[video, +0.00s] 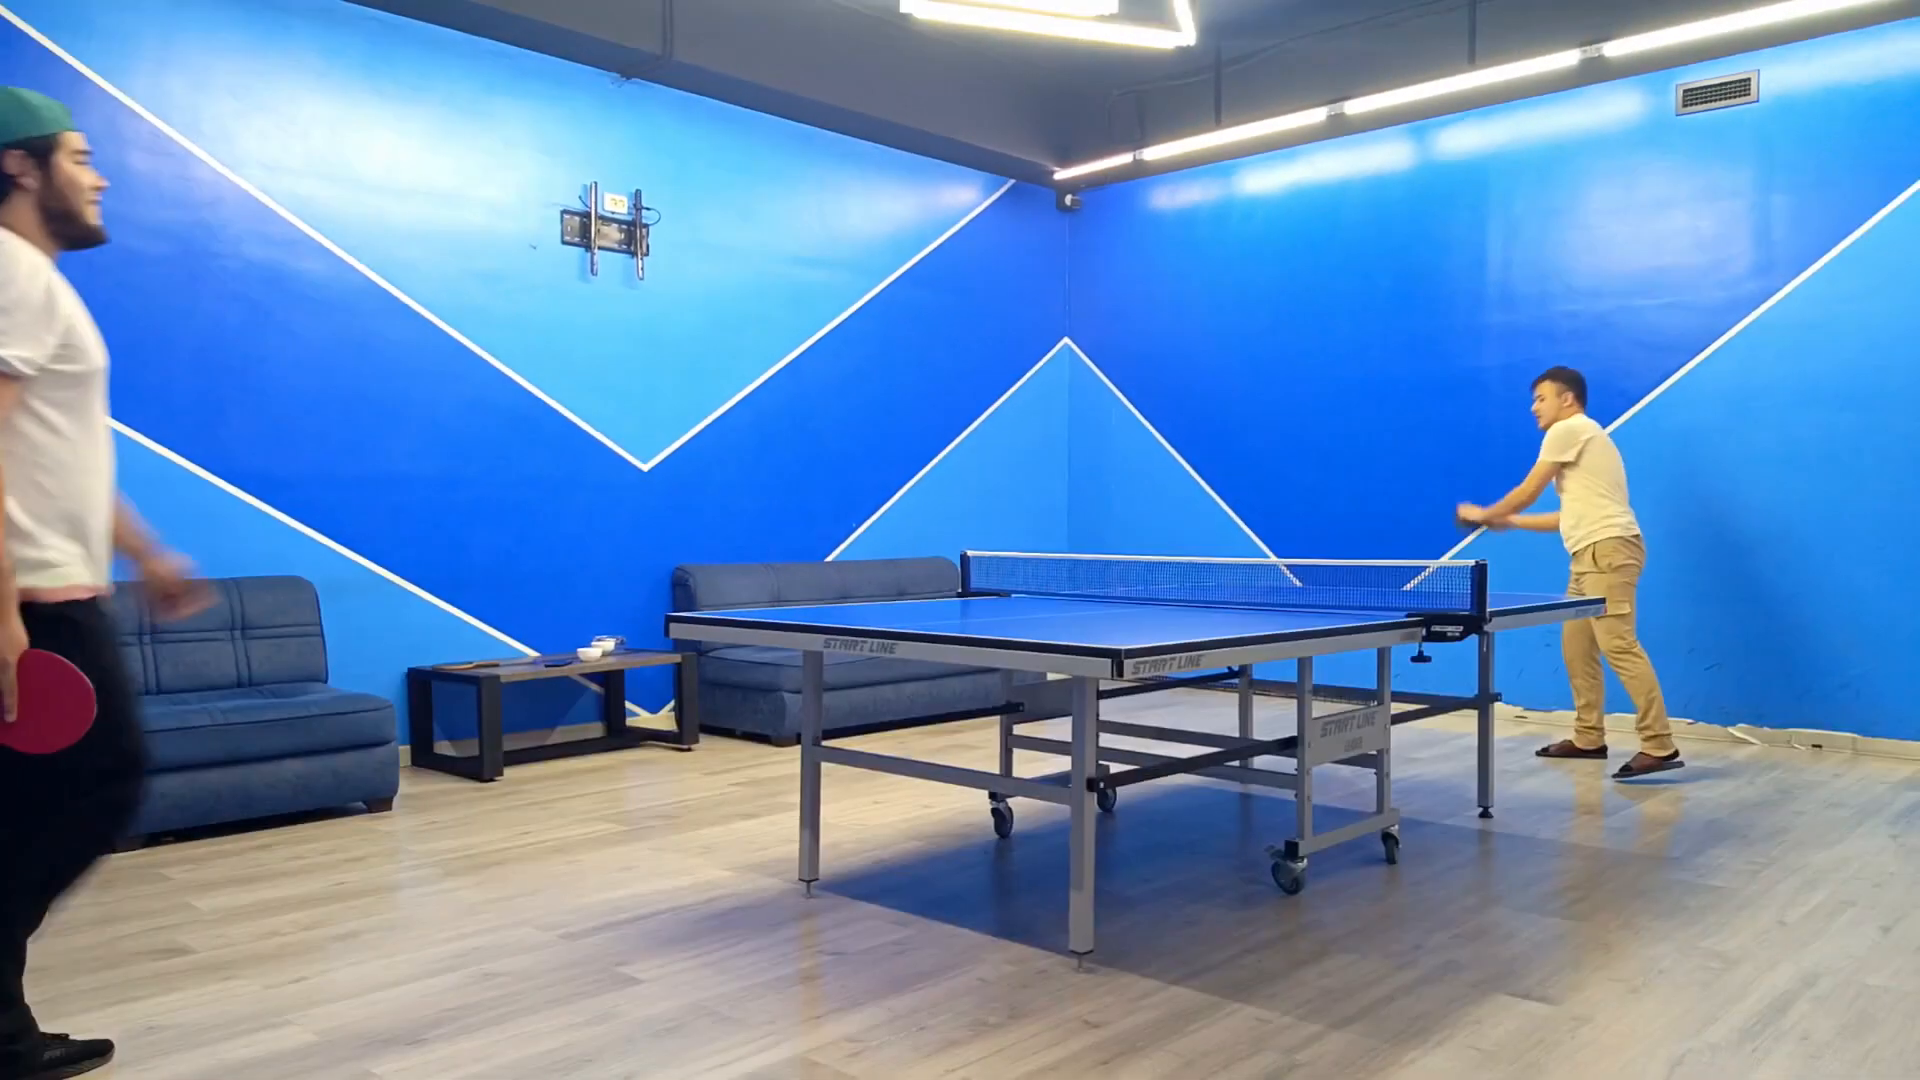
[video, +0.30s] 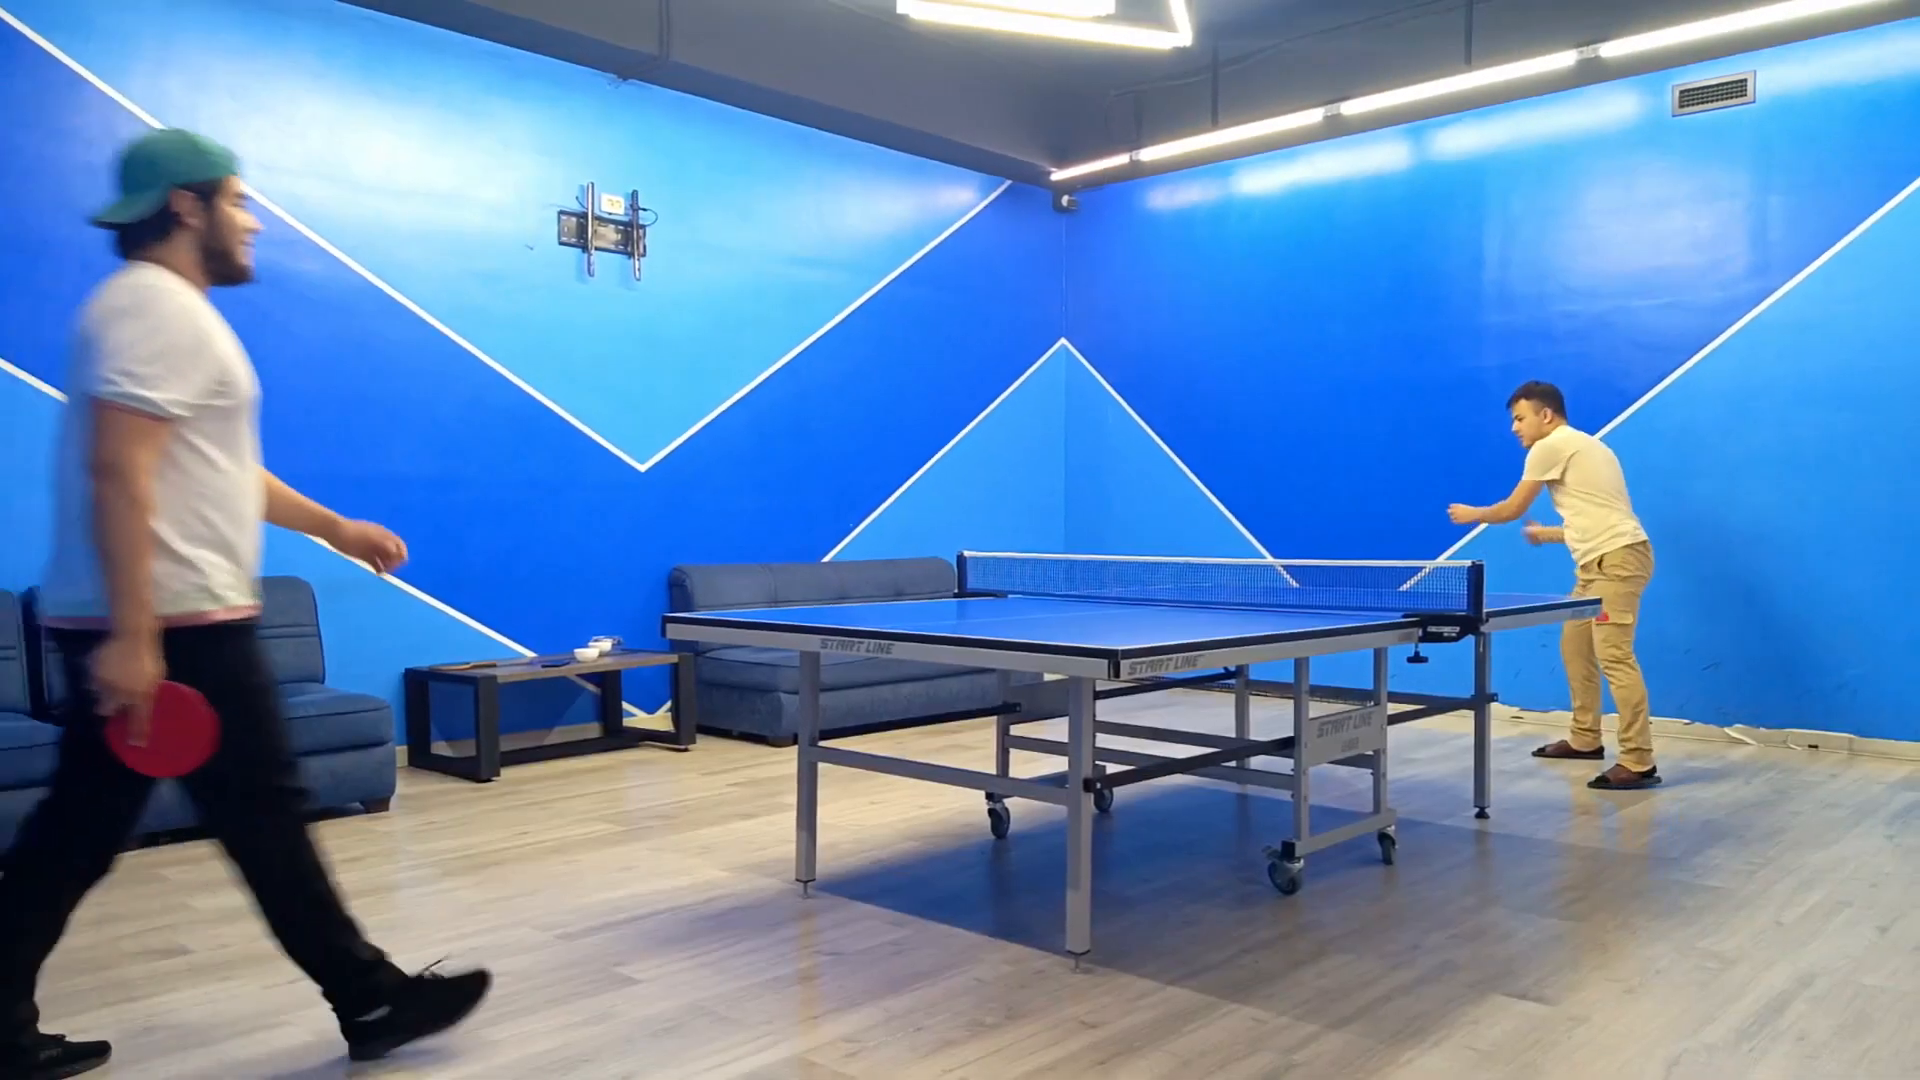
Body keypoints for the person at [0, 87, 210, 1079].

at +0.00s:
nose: (99, 178)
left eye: (91, 160)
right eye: (79, 160)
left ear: (28, 174)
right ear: (23, 172)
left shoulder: (39, 280)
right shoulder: (15, 274)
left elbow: (61, 454)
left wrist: (147, 553)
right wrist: (3, 608)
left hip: (60, 595)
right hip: (40, 601)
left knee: (23, 806)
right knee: (104, 785)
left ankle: (8, 1027)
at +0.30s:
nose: (253, 221)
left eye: (248, 203)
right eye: (238, 202)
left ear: (178, 214)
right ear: (184, 210)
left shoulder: (165, 310)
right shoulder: (152, 308)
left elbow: (221, 474)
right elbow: (123, 475)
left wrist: (340, 531)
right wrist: (133, 632)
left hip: (133, 627)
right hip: (189, 628)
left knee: (72, 835)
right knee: (269, 821)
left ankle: (6, 1026)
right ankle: (368, 996)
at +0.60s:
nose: (403, 242)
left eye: (400, 224)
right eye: (394, 224)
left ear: (324, 227)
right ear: (353, 225)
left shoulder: (246, 309)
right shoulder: (346, 324)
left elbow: (243, 465)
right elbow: (349, 477)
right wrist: (413, 616)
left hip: (220, 604)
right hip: (305, 612)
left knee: (285, 757)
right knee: (389, 784)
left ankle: (157, 957)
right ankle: (397, 1000)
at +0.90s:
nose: (437, 293)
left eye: (437, 275)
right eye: (431, 274)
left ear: (364, 272)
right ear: (385, 270)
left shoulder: (286, 340)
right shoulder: (348, 354)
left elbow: (290, 500)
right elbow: (336, 505)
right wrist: (456, 590)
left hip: (228, 608)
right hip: (296, 612)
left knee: (298, 764)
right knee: (396, 773)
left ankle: (257, 943)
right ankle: (396, 995)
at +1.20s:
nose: (344, 335)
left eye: (343, 318)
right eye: (332, 317)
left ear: (283, 318)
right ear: (276, 316)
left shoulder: (266, 398)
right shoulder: (215, 415)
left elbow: (294, 541)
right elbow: (255, 575)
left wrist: (383, 590)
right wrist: (398, 590)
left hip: (228, 616)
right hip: (166, 632)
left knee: (307, 752)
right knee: (312, 757)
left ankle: (256, 950)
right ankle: (327, 999)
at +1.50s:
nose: (136, 247)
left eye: (134, 230)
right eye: (120, 229)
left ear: (53, 234)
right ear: (59, 231)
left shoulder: (14, 312)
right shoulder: (90, 336)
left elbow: (25, 452)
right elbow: (177, 457)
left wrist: (90, 530)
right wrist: (205, 503)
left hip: (15, 616)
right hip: (40, 624)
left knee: (32, 788)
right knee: (94, 777)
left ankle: (25, 987)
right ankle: (25, 996)